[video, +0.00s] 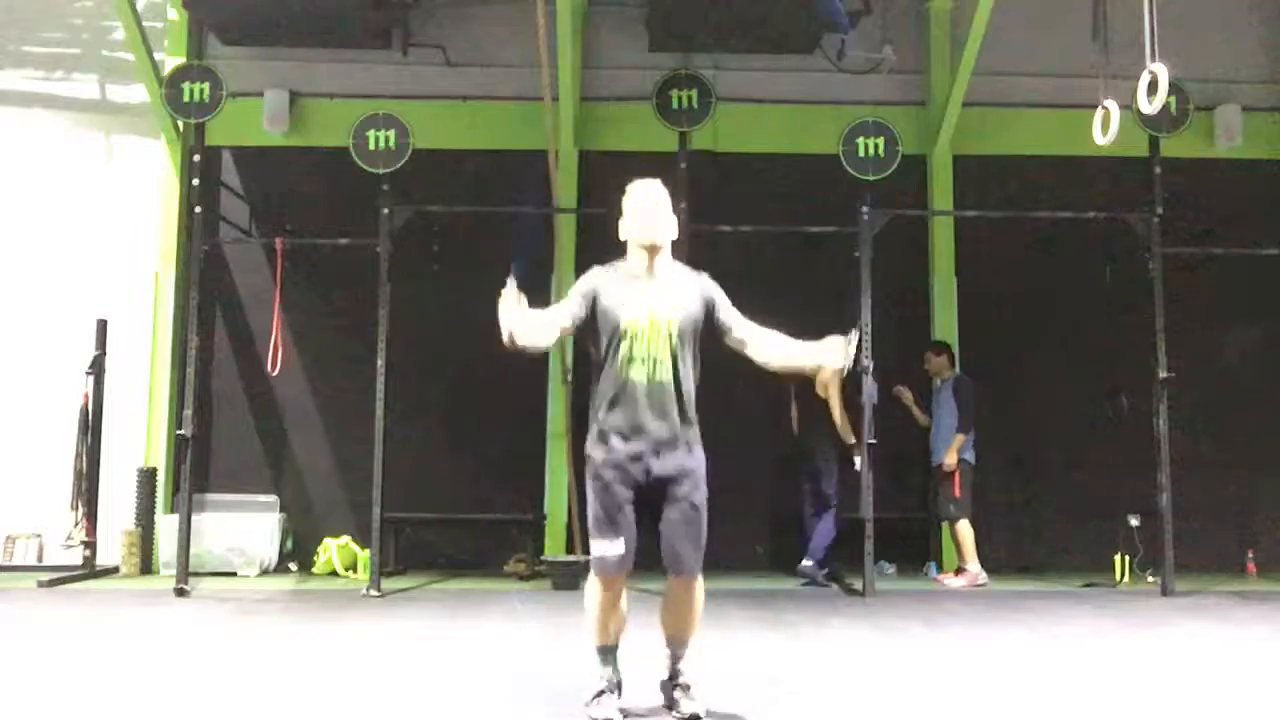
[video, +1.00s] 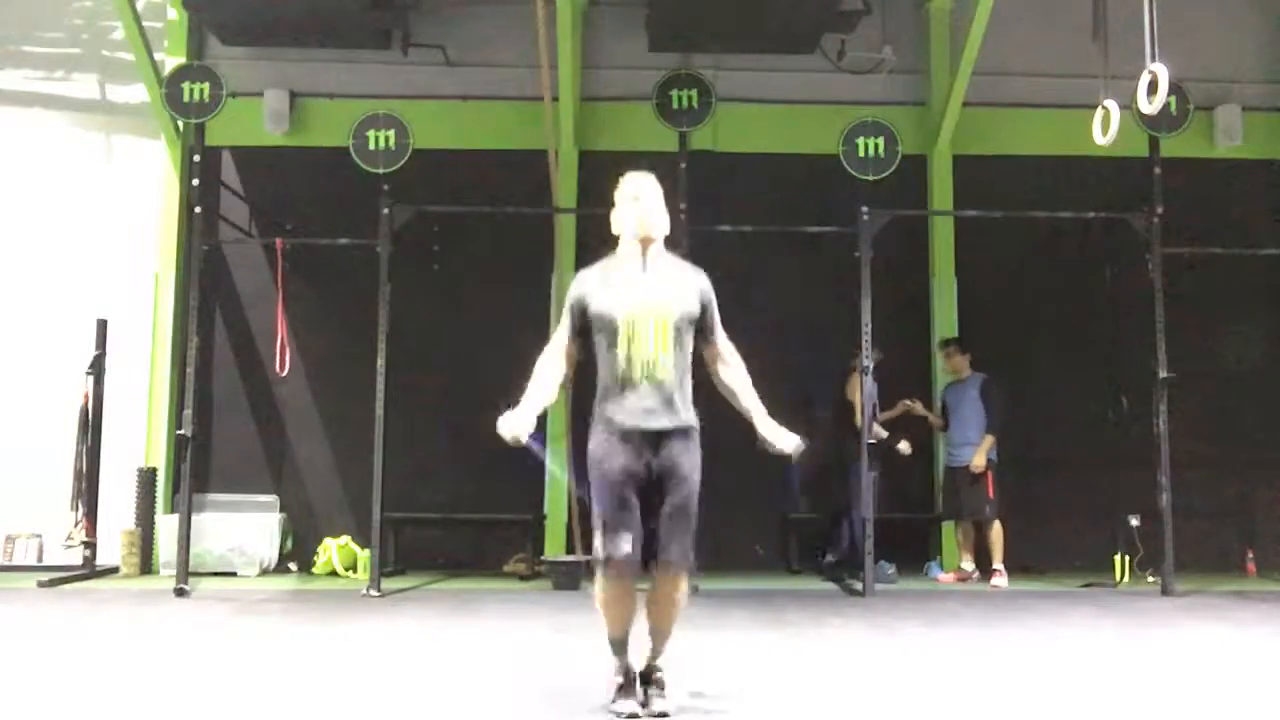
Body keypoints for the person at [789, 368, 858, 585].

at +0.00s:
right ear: (839, 350)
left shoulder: (798, 375)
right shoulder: (831, 371)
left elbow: (795, 411)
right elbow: (837, 412)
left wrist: (798, 435)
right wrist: (852, 442)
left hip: (804, 441)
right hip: (823, 443)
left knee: (811, 501)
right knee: (830, 503)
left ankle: (820, 564)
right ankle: (811, 560)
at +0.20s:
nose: (839, 354)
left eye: (838, 350)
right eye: (837, 349)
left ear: (827, 352)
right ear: (829, 351)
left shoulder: (818, 375)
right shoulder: (830, 375)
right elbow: (833, 412)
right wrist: (844, 444)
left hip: (814, 448)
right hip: (827, 449)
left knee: (816, 503)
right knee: (836, 501)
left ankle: (821, 557)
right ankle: (826, 556)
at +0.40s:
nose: (846, 355)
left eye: (845, 350)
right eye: (841, 351)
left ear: (832, 359)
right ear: (831, 357)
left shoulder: (828, 378)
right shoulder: (834, 380)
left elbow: (834, 419)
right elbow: (835, 418)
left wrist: (855, 429)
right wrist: (847, 452)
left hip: (820, 450)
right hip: (831, 451)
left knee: (819, 505)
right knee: (850, 501)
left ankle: (822, 560)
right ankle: (851, 557)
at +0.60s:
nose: (848, 354)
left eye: (849, 350)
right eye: (847, 350)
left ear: (853, 354)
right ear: (843, 354)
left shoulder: (837, 378)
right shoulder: (845, 378)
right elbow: (845, 417)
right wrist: (856, 450)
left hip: (829, 450)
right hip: (845, 449)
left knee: (823, 506)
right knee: (856, 506)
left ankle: (823, 561)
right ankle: (869, 561)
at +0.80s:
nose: (864, 358)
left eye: (864, 353)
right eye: (859, 353)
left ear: (855, 358)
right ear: (851, 357)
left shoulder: (859, 380)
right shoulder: (852, 379)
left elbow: (866, 418)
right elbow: (857, 419)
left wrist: (893, 411)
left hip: (853, 450)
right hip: (850, 450)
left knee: (851, 506)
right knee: (853, 505)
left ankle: (843, 564)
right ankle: (850, 564)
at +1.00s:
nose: (871, 362)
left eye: (873, 357)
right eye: (869, 356)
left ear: (867, 358)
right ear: (863, 357)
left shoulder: (869, 380)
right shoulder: (856, 380)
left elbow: (874, 417)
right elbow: (859, 421)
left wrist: (898, 410)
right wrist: (892, 440)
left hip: (866, 450)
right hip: (857, 451)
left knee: (859, 506)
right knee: (861, 507)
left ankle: (835, 556)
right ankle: (869, 561)